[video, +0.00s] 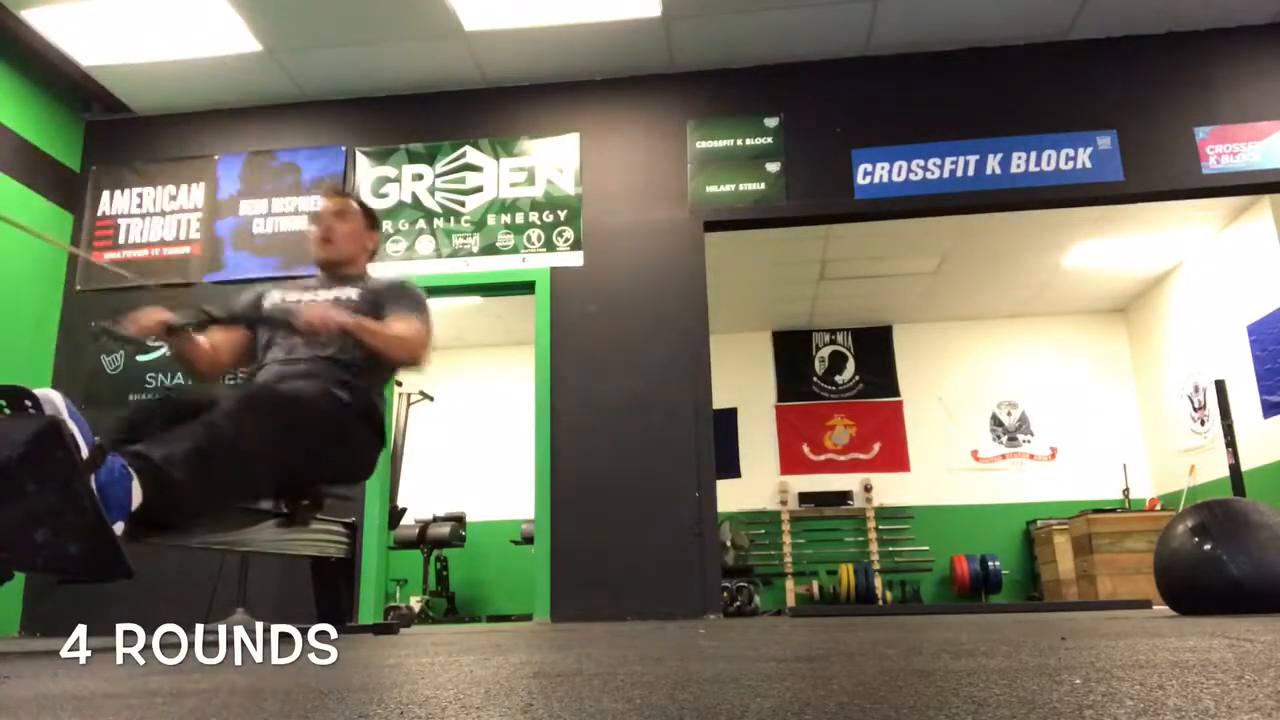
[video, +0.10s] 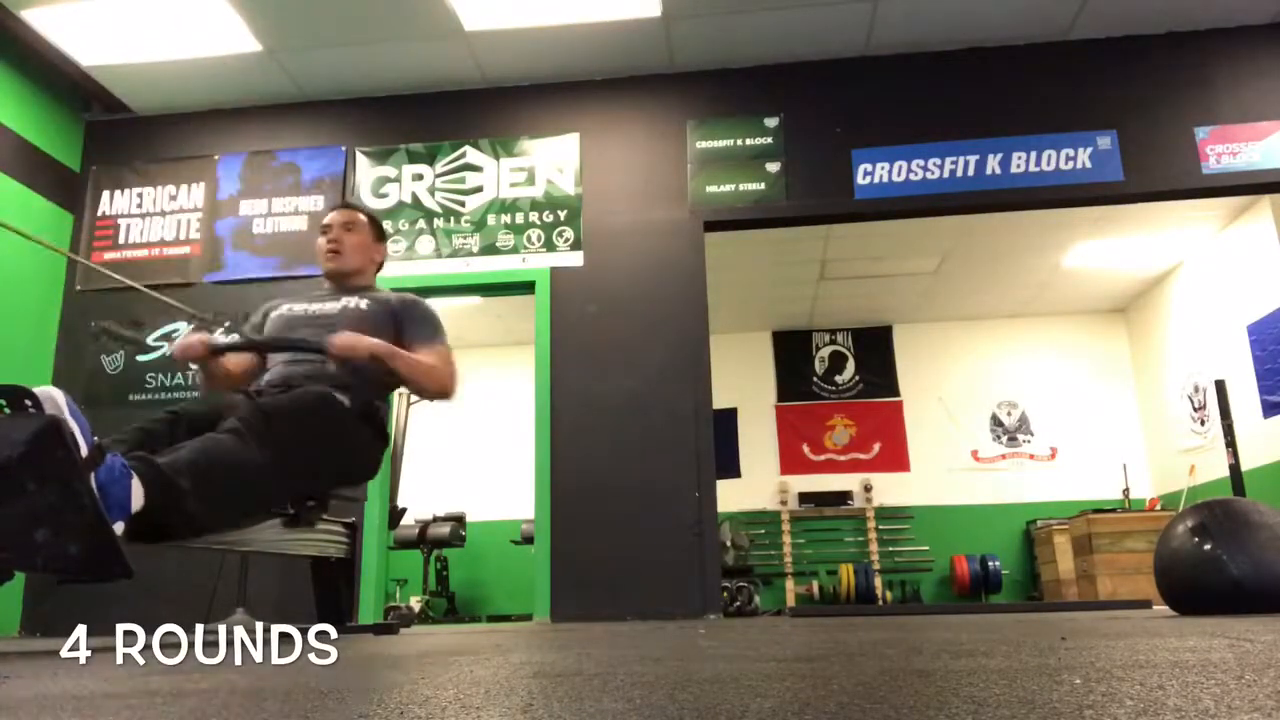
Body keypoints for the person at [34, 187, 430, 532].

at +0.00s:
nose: (324, 225)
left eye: (339, 218)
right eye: (320, 218)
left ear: (371, 239)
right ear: (311, 233)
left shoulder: (389, 290)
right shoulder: (279, 296)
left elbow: (413, 346)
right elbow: (211, 360)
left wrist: (345, 321)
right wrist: (173, 332)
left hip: (342, 417)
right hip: (262, 409)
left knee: (256, 415)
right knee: (163, 414)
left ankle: (128, 486)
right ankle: (89, 468)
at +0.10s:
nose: (331, 237)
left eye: (347, 229)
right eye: (325, 231)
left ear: (378, 250)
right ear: (318, 248)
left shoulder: (401, 307)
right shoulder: (280, 309)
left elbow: (443, 382)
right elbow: (238, 376)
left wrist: (377, 349)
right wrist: (206, 359)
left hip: (341, 414)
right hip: (265, 409)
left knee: (256, 435)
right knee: (181, 425)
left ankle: (130, 493)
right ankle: (100, 462)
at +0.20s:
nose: (331, 239)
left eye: (346, 231)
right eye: (325, 234)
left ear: (379, 252)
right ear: (319, 253)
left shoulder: (407, 313)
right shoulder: (287, 313)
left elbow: (462, 395)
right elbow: (254, 385)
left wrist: (405, 354)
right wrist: (227, 363)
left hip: (345, 409)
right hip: (270, 403)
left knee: (250, 437)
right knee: (181, 419)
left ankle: (128, 493)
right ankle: (95, 466)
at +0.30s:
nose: (330, 240)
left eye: (345, 231)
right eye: (324, 234)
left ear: (378, 251)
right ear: (319, 253)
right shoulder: (288, 314)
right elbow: (257, 386)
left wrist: (409, 355)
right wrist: (232, 369)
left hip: (343, 407)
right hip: (271, 403)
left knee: (249, 436)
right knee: (177, 419)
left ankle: (130, 491)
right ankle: (95, 469)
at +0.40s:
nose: (330, 238)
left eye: (345, 230)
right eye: (323, 233)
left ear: (378, 250)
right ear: (317, 252)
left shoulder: (405, 314)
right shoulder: (288, 315)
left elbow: (454, 395)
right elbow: (261, 378)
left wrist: (398, 357)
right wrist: (219, 372)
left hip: (343, 410)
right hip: (271, 406)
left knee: (250, 436)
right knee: (178, 420)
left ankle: (127, 494)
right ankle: (95, 466)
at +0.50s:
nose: (327, 233)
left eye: (342, 225)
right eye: (321, 228)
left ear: (375, 246)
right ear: (315, 246)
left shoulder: (401, 307)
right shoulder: (282, 312)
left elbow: (439, 381)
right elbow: (247, 375)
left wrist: (377, 352)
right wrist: (199, 369)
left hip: (341, 409)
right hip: (262, 403)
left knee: (249, 430)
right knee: (174, 419)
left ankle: (122, 492)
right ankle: (89, 467)